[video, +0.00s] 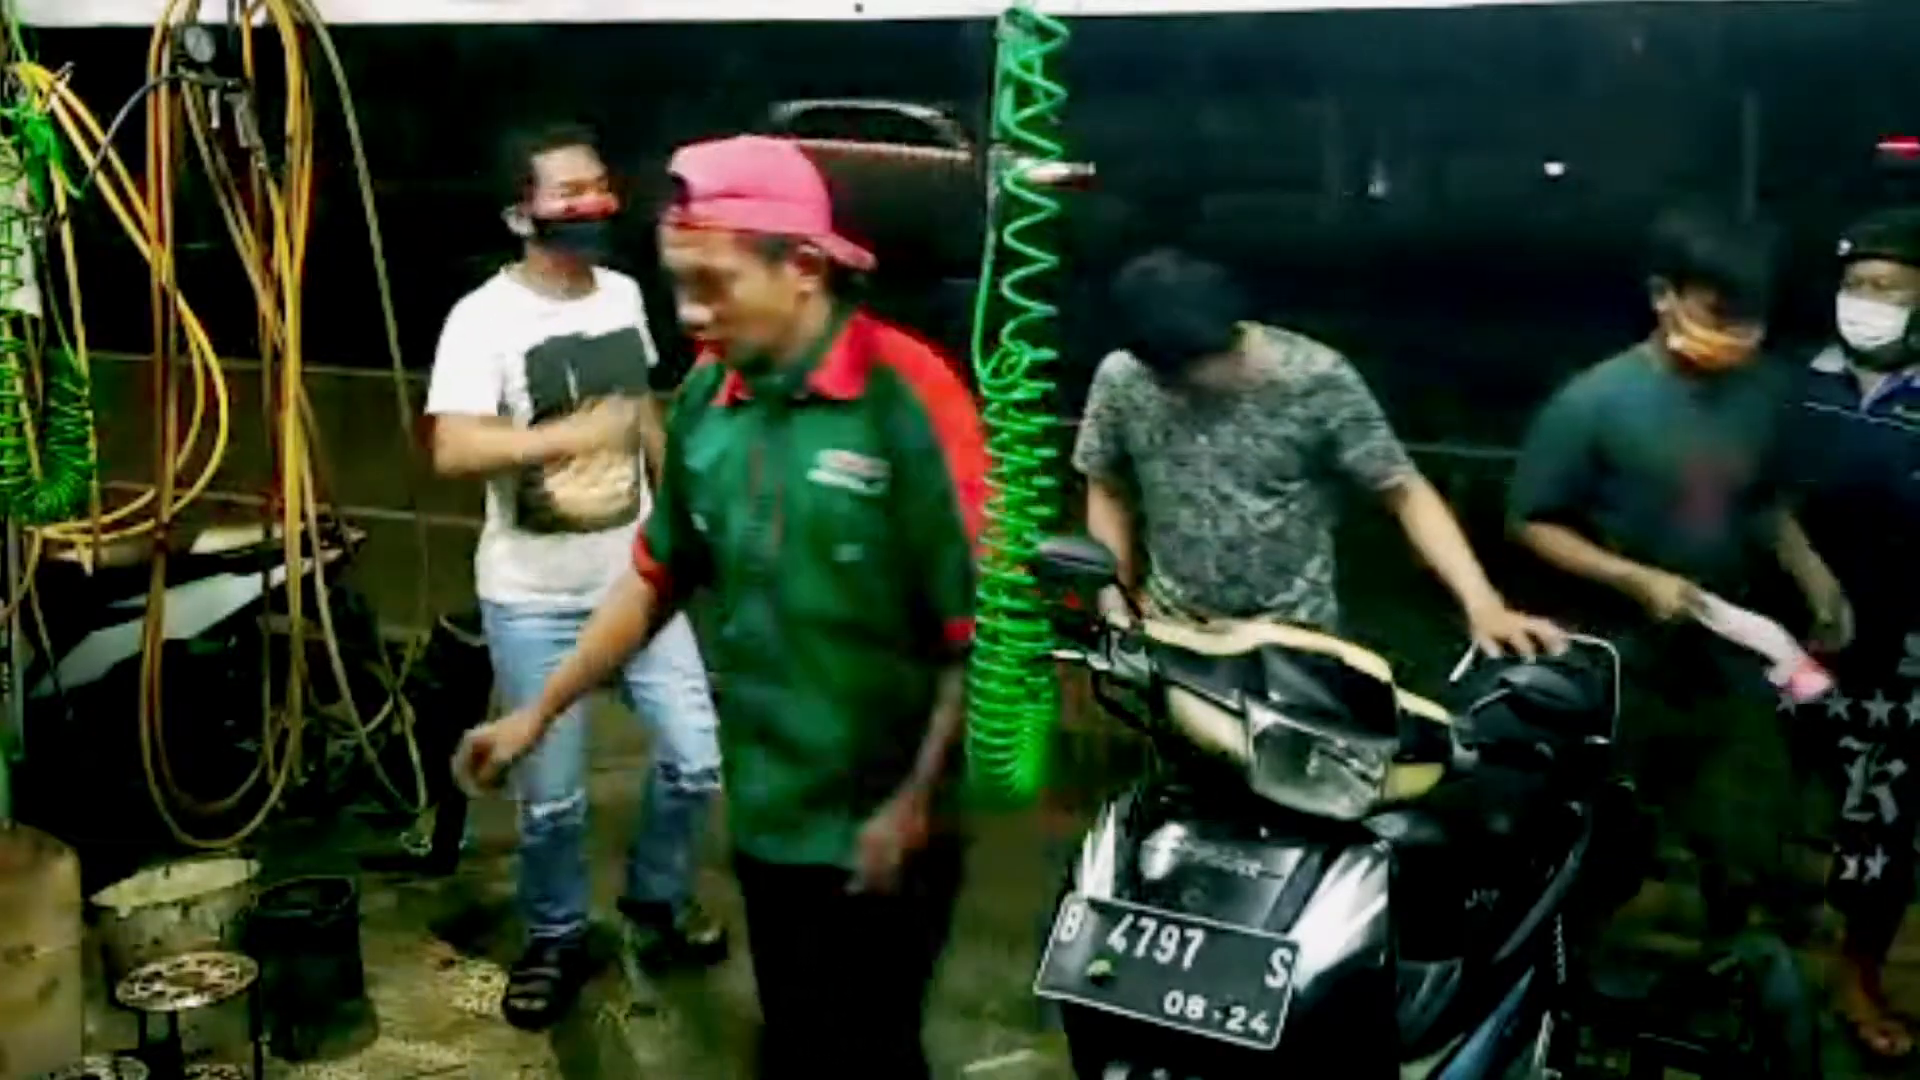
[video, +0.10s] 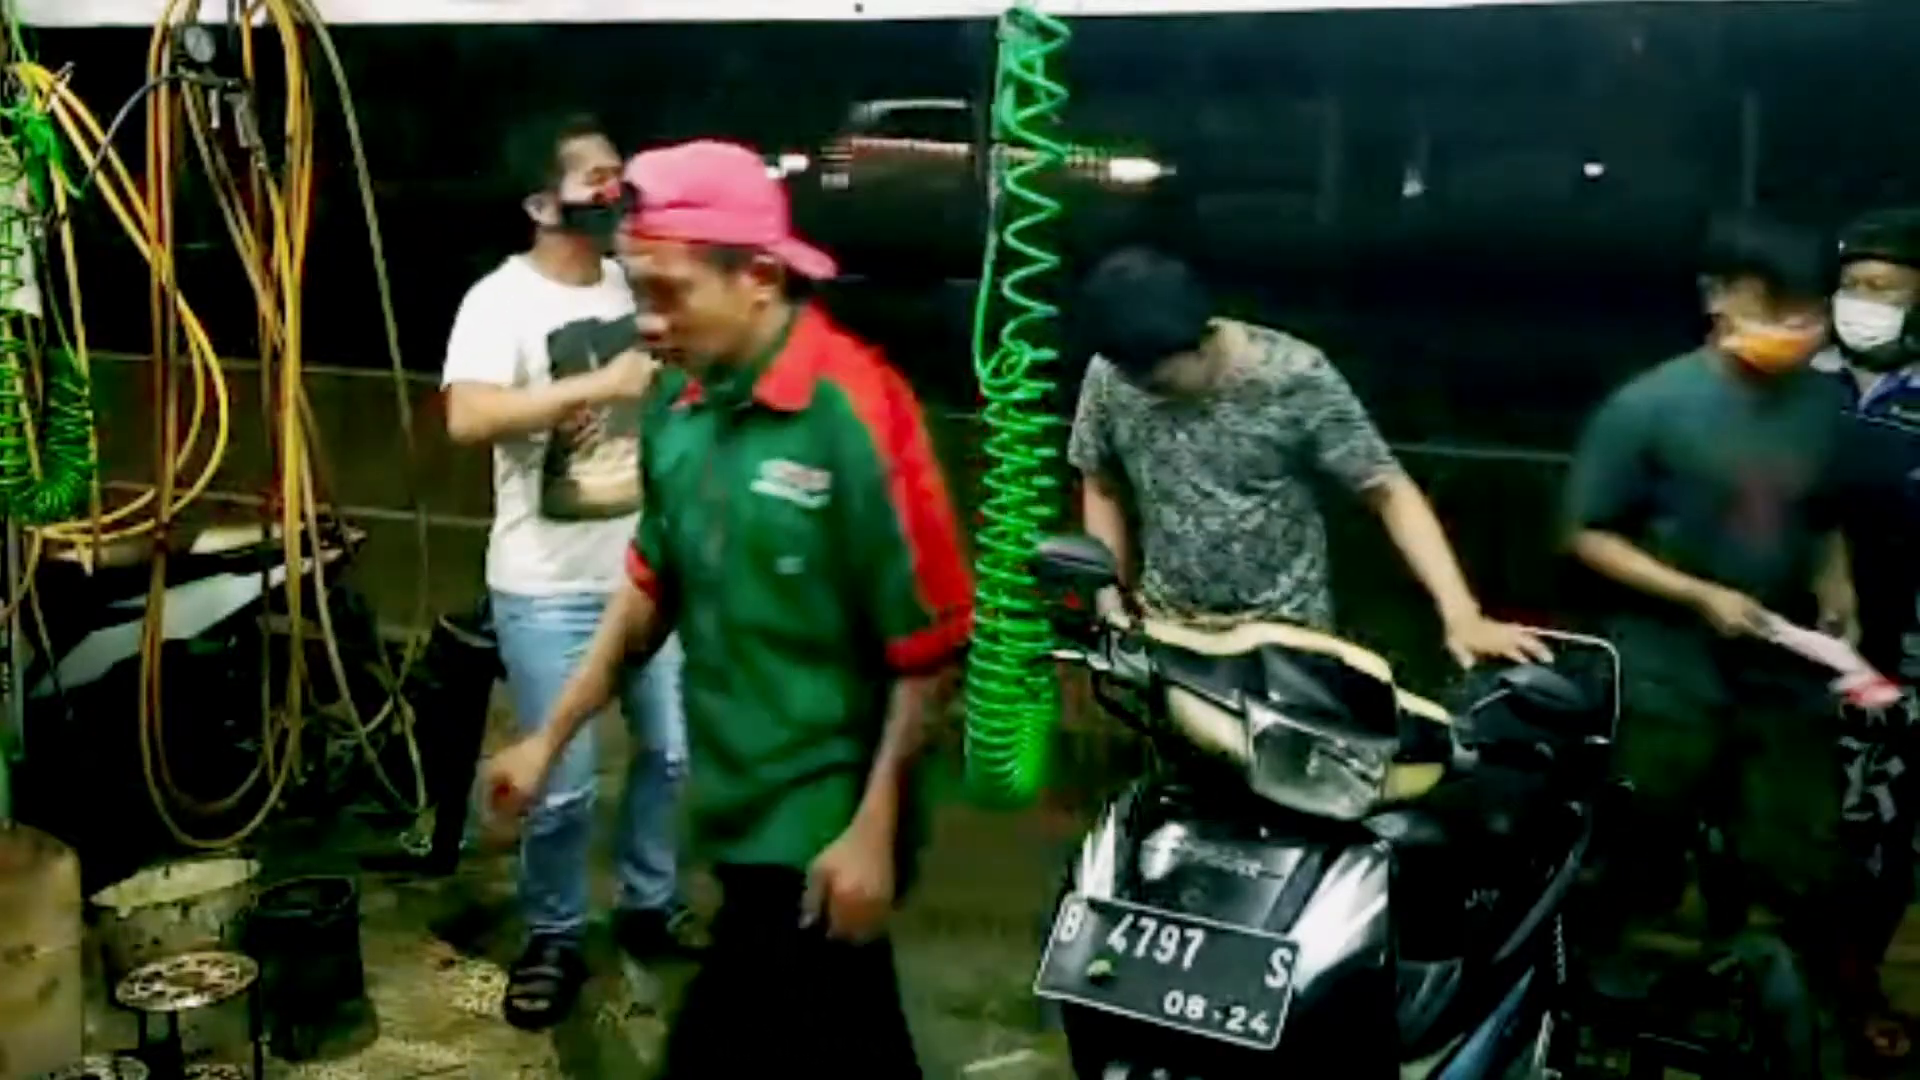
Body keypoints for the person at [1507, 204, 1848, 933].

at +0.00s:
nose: (1734, 343)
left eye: (1747, 324)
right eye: (1716, 321)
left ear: (1765, 317)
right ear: (1664, 301)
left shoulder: (1758, 397)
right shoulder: (1595, 402)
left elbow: (1763, 506)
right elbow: (1530, 523)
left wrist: (1815, 581)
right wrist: (1637, 580)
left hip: (1729, 667)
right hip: (1623, 669)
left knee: (1744, 843)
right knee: (1615, 845)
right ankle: (1567, 979)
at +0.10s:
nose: (1789, 331)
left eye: (1802, 314)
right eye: (1769, 312)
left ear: (1821, 314)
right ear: (1720, 308)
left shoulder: (1825, 406)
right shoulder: (1650, 407)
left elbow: (1825, 523)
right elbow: (1588, 534)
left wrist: (1837, 599)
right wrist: (1703, 597)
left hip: (1784, 686)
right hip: (1671, 681)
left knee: (1792, 871)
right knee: (1648, 864)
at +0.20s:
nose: (1831, 321)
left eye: (1842, 300)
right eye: (1809, 300)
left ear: (1860, 301)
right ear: (1757, 292)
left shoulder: (1868, 405)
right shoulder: (1685, 399)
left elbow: (1871, 533)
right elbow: (1616, 525)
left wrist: (1861, 619)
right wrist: (1737, 596)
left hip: (1813, 709)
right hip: (1690, 700)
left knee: (1834, 898)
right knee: (1678, 900)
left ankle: (1829, 1055)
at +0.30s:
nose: (1870, 303)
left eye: (1887, 281)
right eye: (1847, 280)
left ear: (1911, 287)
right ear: (1797, 280)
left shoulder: (1904, 398)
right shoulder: (1718, 388)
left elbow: (1914, 536)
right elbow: (1650, 509)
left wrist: (1908, 623)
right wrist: (1756, 588)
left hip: (1858, 700)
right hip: (1729, 693)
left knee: (1861, 917)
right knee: (1699, 905)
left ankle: (1840, 1061)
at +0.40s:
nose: (1881, 297)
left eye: (1900, 275)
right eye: (1861, 273)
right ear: (1816, 268)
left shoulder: (1916, 397)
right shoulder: (1736, 385)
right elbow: (1672, 501)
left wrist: (1915, 650)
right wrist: (1738, 586)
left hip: (1877, 710)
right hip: (1745, 698)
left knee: (1868, 934)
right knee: (1721, 908)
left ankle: (1848, 1072)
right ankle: (1706, 1066)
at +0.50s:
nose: (1881, 290)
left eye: (1898, 269)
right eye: (1864, 266)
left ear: (1917, 279)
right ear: (1817, 262)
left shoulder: (1913, 399)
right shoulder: (1740, 387)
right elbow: (1686, 495)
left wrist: (1918, 699)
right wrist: (1707, 581)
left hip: (1883, 721)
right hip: (1754, 708)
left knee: (1872, 952)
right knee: (1747, 910)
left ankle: (1849, 1072)